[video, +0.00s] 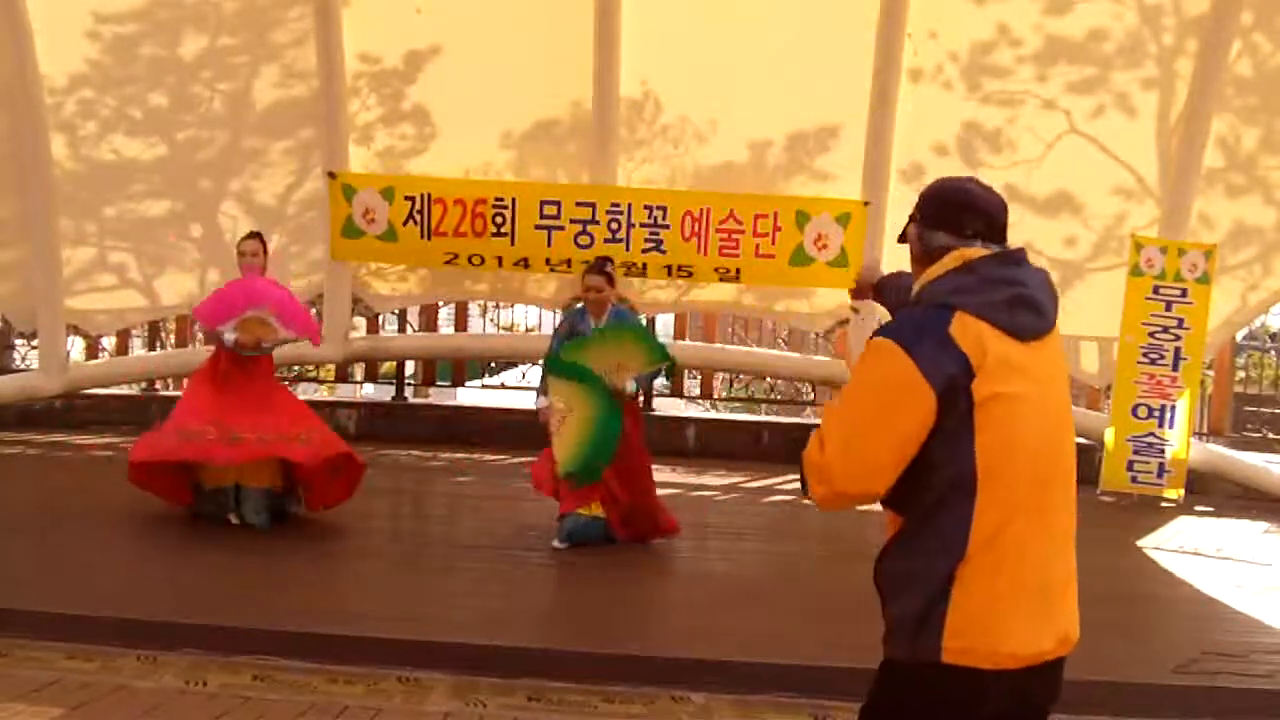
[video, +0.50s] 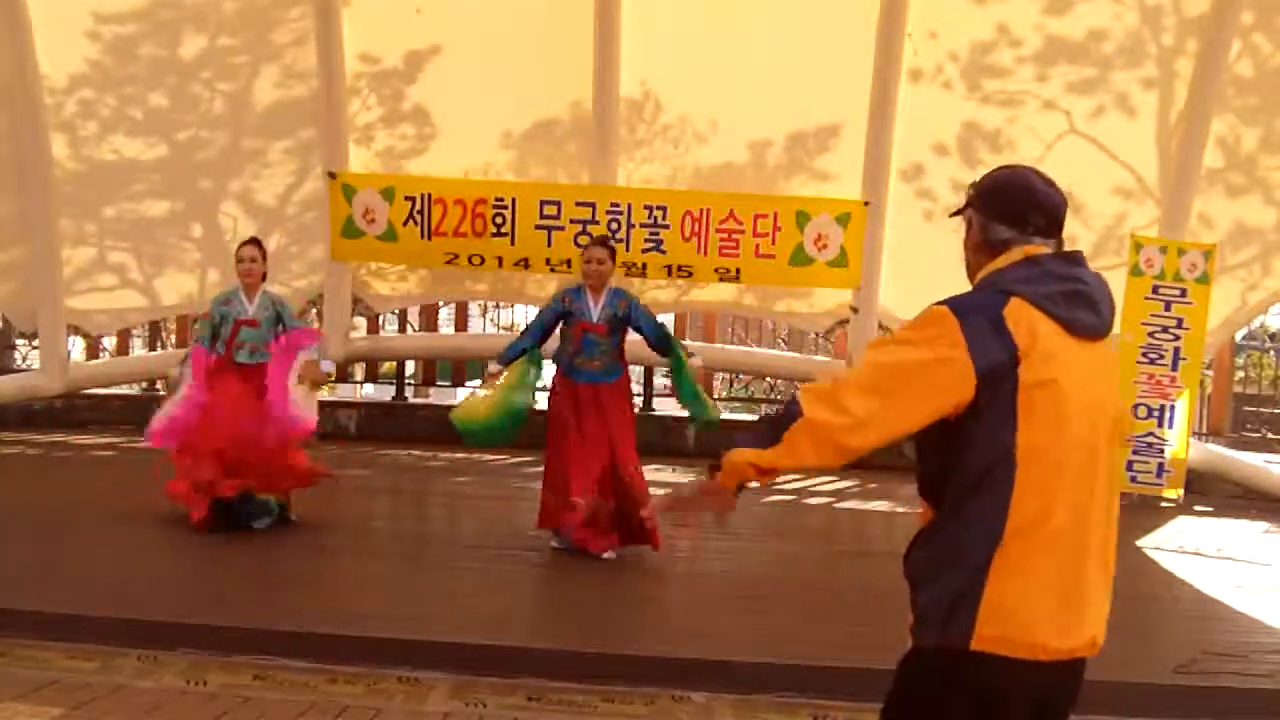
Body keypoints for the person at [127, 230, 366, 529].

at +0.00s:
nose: (249, 261)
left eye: (255, 255)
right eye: (244, 255)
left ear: (266, 258)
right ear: (237, 260)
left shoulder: (276, 296)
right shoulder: (226, 297)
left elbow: (300, 329)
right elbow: (207, 333)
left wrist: (268, 340)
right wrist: (233, 340)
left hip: (259, 373)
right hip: (225, 372)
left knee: (259, 434)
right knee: (221, 432)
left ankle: (255, 505)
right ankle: (224, 505)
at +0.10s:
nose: (249, 266)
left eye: (256, 260)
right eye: (244, 260)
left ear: (266, 266)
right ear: (238, 265)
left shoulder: (276, 302)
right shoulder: (226, 300)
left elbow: (292, 341)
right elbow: (209, 339)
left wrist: (272, 356)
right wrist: (234, 357)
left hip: (262, 378)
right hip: (228, 378)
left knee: (262, 436)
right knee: (226, 435)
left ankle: (261, 505)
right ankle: (228, 504)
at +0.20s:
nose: (249, 270)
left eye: (255, 264)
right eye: (244, 264)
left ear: (266, 270)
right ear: (237, 269)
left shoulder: (278, 308)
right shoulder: (224, 307)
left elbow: (290, 351)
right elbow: (213, 352)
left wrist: (269, 374)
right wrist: (236, 374)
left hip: (268, 383)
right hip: (230, 383)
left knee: (265, 437)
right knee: (230, 436)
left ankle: (264, 502)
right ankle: (230, 501)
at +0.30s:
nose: (249, 272)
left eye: (256, 266)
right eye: (244, 266)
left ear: (267, 271)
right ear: (237, 271)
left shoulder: (280, 309)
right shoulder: (226, 308)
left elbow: (293, 348)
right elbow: (215, 352)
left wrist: (277, 358)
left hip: (270, 381)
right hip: (235, 381)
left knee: (268, 435)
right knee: (238, 435)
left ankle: (271, 500)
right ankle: (241, 499)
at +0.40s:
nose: (249, 272)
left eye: (256, 266)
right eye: (243, 266)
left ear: (267, 271)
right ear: (237, 271)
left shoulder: (280, 309)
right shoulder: (225, 308)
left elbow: (298, 347)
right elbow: (212, 353)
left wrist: (297, 369)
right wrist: (210, 386)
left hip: (266, 385)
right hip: (230, 385)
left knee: (267, 438)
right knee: (232, 439)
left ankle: (269, 501)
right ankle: (233, 501)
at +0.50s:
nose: (247, 267)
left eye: (254, 261)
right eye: (242, 261)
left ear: (264, 267)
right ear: (235, 266)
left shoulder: (275, 305)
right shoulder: (222, 303)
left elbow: (298, 338)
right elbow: (203, 344)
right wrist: (197, 379)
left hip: (262, 376)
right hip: (226, 375)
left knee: (264, 435)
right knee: (224, 434)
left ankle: (278, 500)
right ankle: (219, 499)